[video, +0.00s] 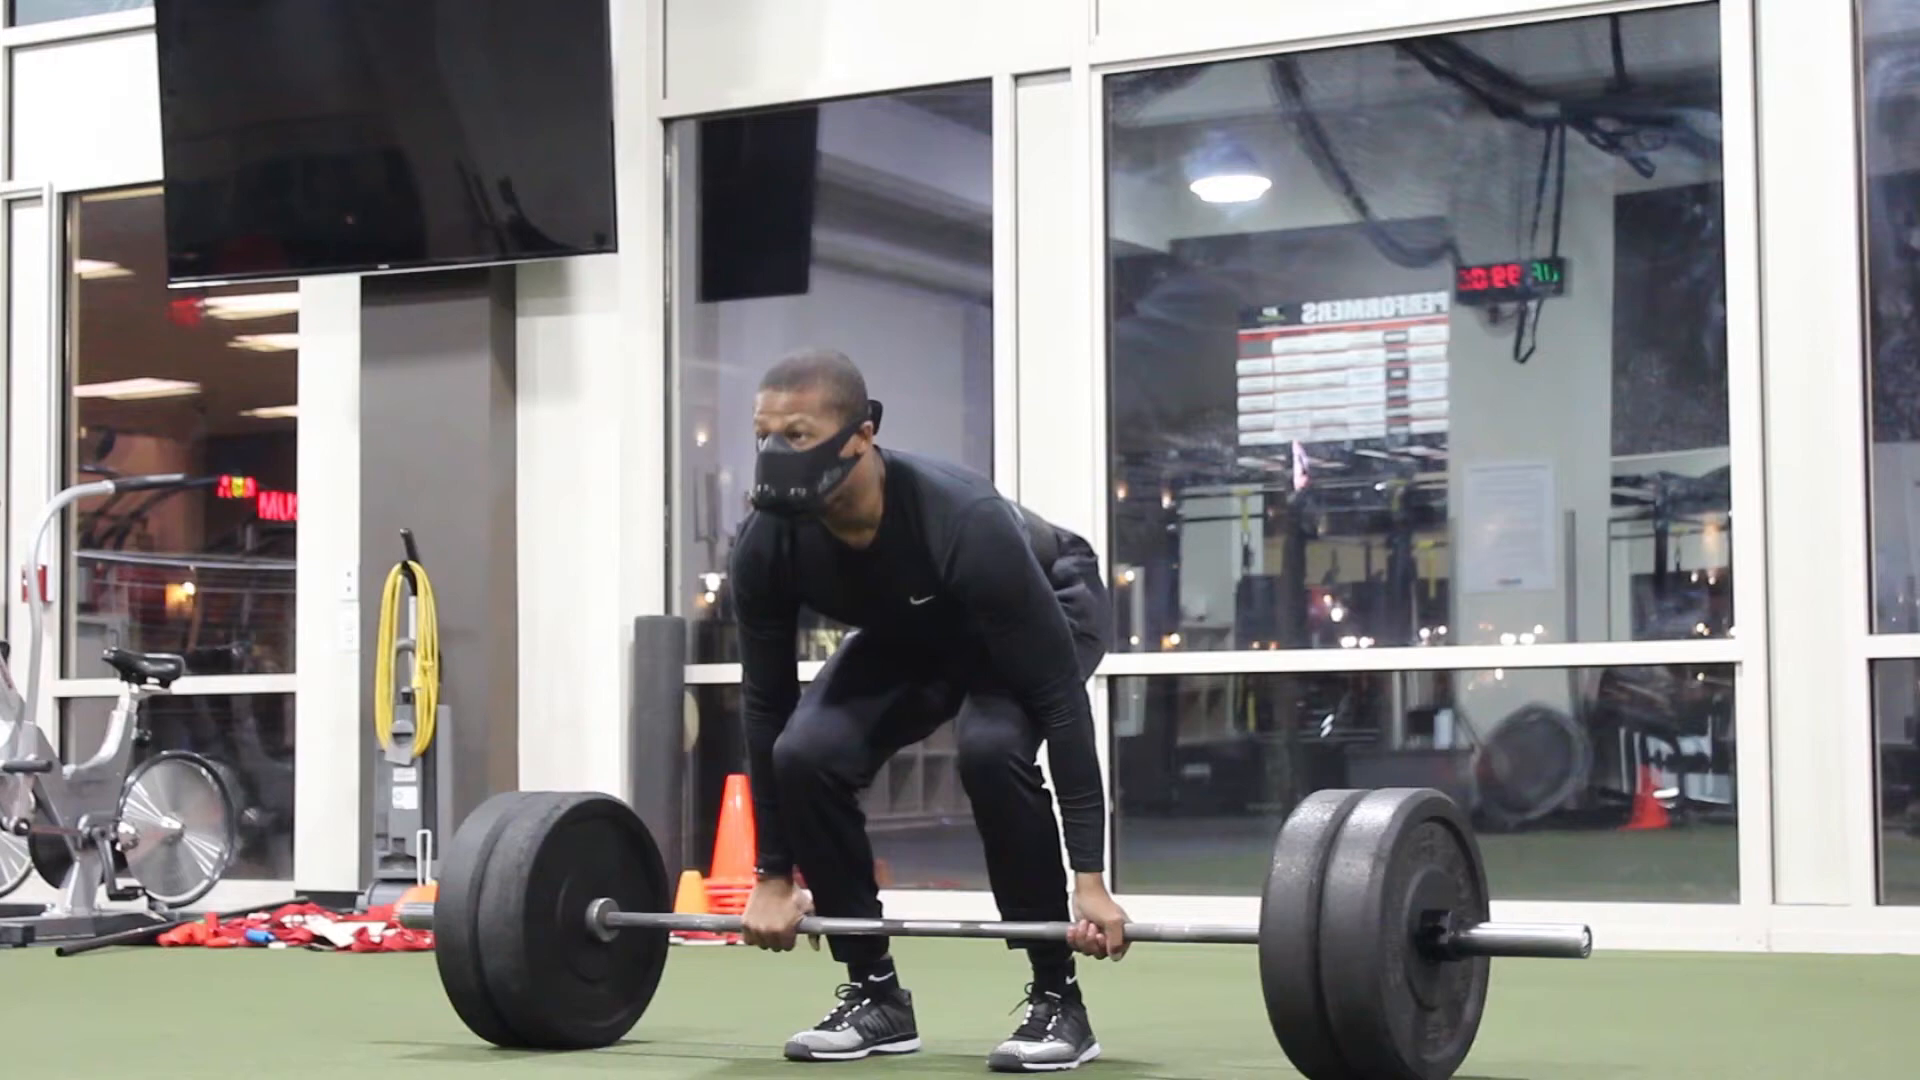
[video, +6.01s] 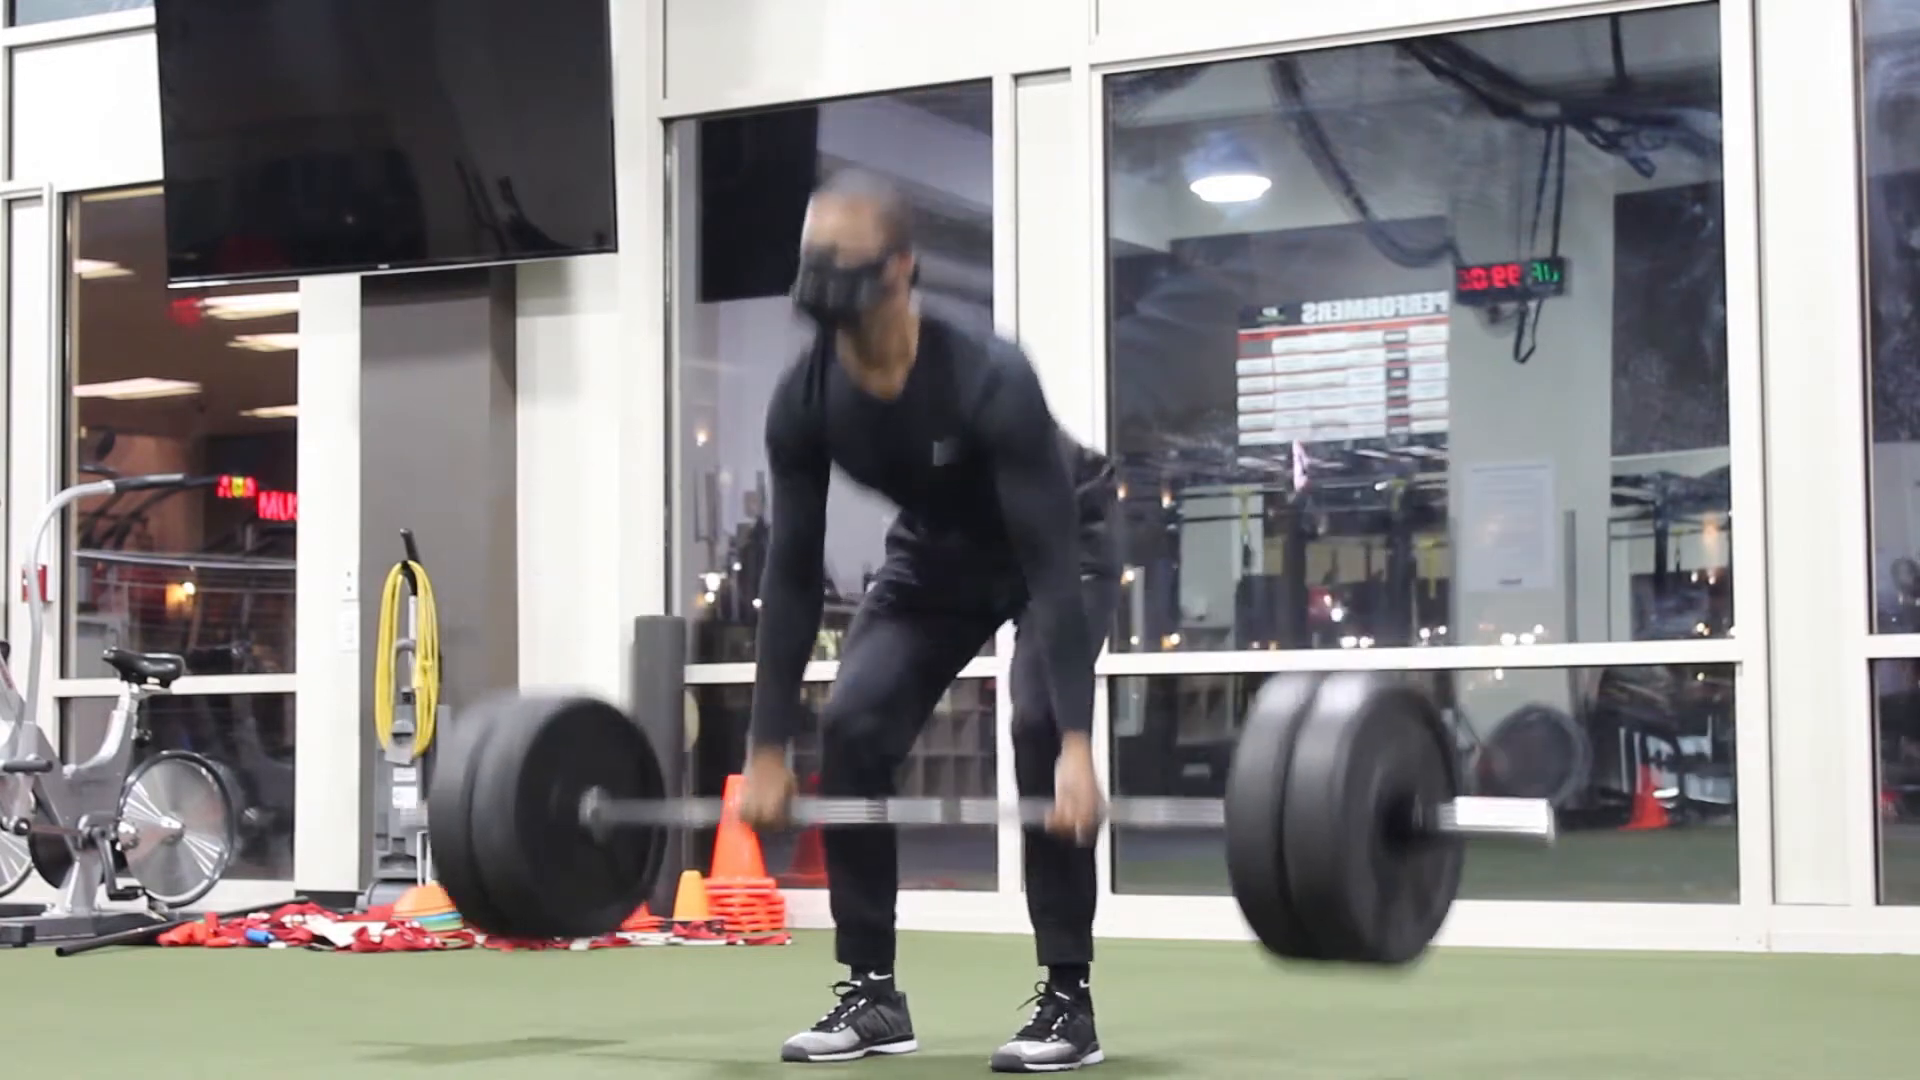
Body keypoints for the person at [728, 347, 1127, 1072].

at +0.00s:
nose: (773, 455)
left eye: (796, 437)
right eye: (765, 437)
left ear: (862, 439)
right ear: (755, 435)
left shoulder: (968, 525)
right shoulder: (766, 547)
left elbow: (1062, 703)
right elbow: (768, 710)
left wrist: (1090, 879)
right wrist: (772, 878)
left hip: (1040, 605)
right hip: (920, 626)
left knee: (991, 751)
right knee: (802, 758)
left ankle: (1056, 1004)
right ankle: (876, 998)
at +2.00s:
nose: (788, 411)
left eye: (811, 394)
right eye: (779, 393)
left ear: (873, 409)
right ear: (767, 400)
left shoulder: (972, 493)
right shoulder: (776, 517)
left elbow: (1049, 677)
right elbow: (771, 687)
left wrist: (1081, 857)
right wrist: (765, 857)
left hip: (1048, 573)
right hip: (927, 599)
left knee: (998, 739)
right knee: (817, 745)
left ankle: (1057, 1004)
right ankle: (873, 997)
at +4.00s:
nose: (856, 108)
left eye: (877, 90)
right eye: (844, 91)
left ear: (931, 98)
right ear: (832, 103)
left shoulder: (1007, 220)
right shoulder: (816, 240)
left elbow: (1073, 387)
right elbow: (808, 408)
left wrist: (1098, 548)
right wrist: (790, 566)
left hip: (1035, 482)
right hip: (921, 483)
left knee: (1046, 727)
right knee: (900, 731)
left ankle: (1070, 996)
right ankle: (878, 991)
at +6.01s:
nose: (817, 274)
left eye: (841, 259)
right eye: (810, 256)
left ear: (901, 271)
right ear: (799, 258)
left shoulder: (991, 377)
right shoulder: (804, 402)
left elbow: (1054, 567)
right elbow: (793, 578)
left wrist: (1075, 742)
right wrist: (766, 749)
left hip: (1051, 530)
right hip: (939, 544)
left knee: (1041, 729)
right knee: (852, 728)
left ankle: (1065, 1002)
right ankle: (872, 996)